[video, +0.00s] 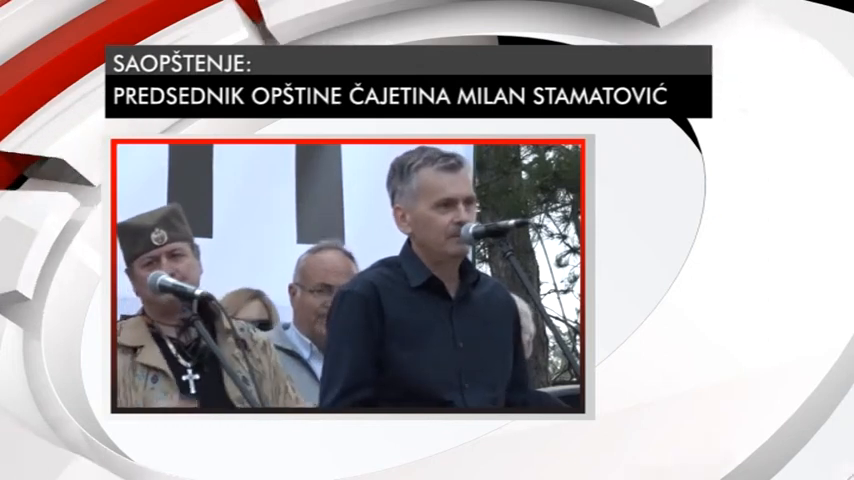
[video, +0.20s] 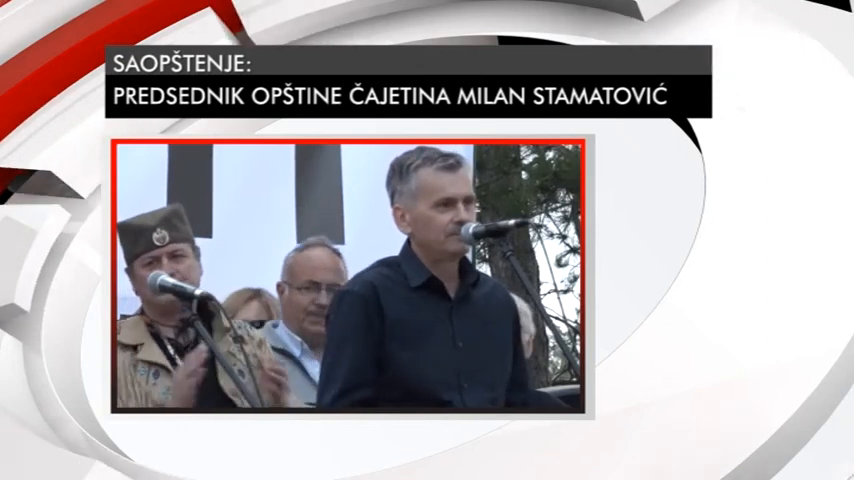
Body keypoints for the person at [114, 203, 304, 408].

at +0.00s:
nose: (167, 269)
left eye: (177, 255)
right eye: (150, 262)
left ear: (199, 266)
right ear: (133, 282)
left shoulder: (253, 344)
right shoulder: (116, 354)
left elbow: (295, 417)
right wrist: (164, 414)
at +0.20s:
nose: (167, 270)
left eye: (177, 256)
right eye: (151, 263)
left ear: (200, 267)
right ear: (133, 282)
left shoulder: (249, 341)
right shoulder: (116, 352)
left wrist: (282, 403)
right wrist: (175, 406)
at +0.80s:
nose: (163, 270)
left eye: (174, 257)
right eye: (147, 263)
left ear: (193, 265)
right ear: (126, 281)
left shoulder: (237, 338)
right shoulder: (111, 351)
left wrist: (240, 401)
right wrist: (179, 409)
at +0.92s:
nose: (167, 270)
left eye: (177, 256)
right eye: (151, 262)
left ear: (196, 266)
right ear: (129, 281)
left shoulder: (240, 336)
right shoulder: (115, 351)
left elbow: (279, 411)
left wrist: (241, 390)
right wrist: (202, 408)